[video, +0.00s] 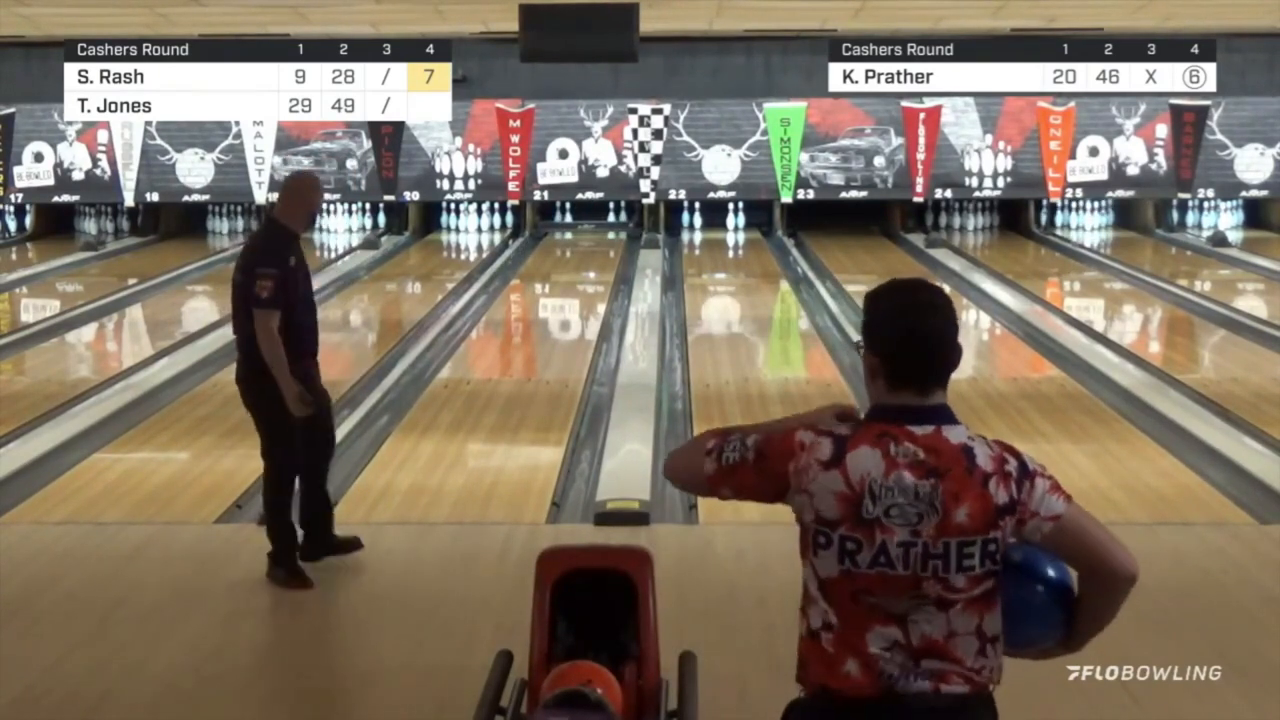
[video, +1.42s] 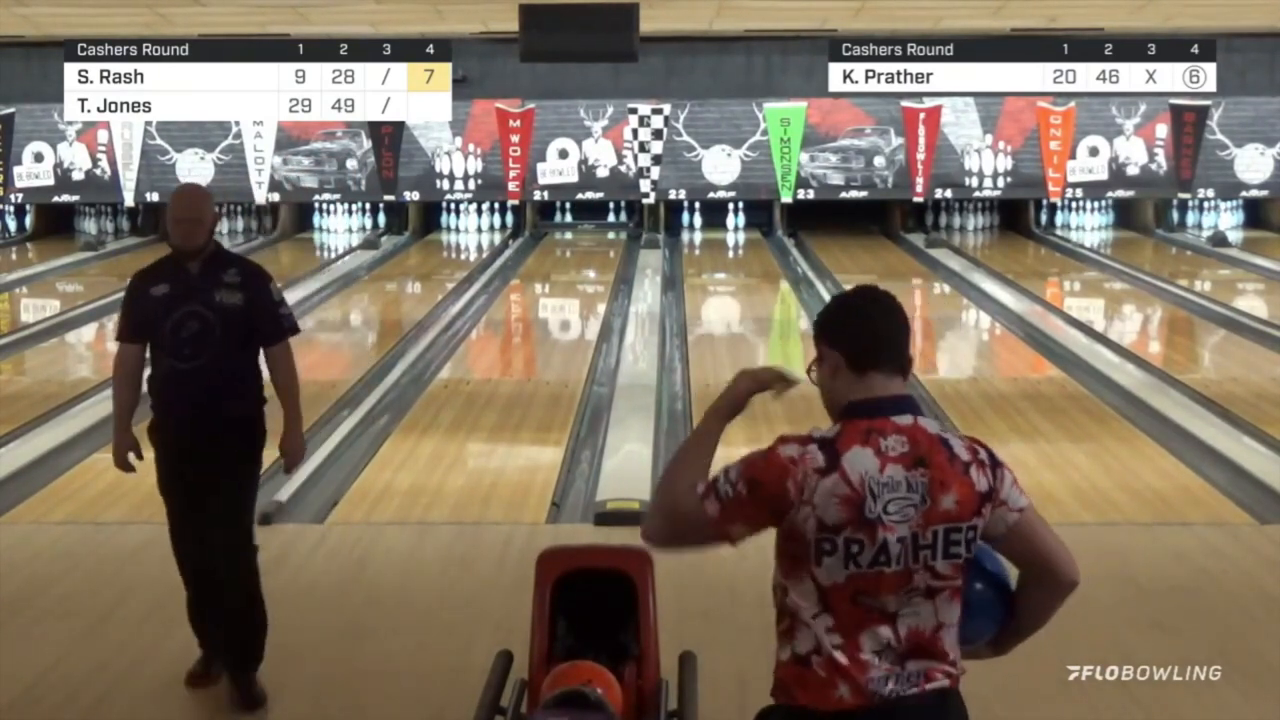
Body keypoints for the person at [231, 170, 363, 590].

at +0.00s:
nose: (318, 212)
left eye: (319, 204)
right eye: (314, 203)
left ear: (292, 201)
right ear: (295, 202)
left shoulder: (286, 246)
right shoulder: (268, 251)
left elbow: (291, 320)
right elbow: (265, 331)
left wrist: (310, 374)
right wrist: (289, 389)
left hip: (297, 370)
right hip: (267, 376)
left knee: (318, 448)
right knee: (282, 461)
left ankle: (318, 537)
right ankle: (282, 557)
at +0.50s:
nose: (304, 218)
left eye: (310, 209)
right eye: (297, 209)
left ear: (315, 213)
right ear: (276, 211)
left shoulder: (328, 267)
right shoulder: (241, 267)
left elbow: (348, 330)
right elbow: (224, 332)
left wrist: (368, 383)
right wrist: (235, 387)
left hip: (313, 395)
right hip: (258, 397)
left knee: (315, 492)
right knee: (269, 489)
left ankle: (316, 594)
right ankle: (285, 560)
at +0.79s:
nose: (265, 215)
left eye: (275, 207)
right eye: (259, 205)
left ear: (294, 210)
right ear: (249, 206)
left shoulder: (321, 263)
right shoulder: (228, 264)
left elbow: (351, 326)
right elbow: (200, 327)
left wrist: (362, 382)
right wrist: (172, 386)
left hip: (305, 403)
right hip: (246, 403)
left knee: (311, 506)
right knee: (240, 508)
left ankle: (313, 604)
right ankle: (263, 602)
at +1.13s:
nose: (210, 226)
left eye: (219, 217)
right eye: (202, 218)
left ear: (240, 216)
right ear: (193, 220)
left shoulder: (274, 273)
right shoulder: (184, 281)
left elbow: (302, 343)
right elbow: (178, 349)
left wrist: (296, 402)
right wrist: (161, 410)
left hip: (265, 420)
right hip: (204, 422)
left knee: (285, 518)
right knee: (207, 538)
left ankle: (306, 593)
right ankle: (215, 645)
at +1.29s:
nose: (191, 227)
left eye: (200, 218)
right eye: (183, 218)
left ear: (220, 216)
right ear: (173, 220)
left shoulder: (257, 275)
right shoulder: (161, 281)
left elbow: (282, 353)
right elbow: (151, 358)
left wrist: (287, 423)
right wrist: (141, 428)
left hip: (247, 428)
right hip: (185, 431)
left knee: (261, 534)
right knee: (197, 548)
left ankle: (275, 605)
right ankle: (215, 648)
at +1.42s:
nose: (186, 229)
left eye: (195, 220)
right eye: (178, 220)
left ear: (215, 219)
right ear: (165, 221)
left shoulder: (248, 279)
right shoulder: (146, 284)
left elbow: (279, 354)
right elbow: (129, 359)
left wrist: (293, 424)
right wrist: (121, 426)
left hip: (236, 432)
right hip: (174, 434)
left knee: (232, 548)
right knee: (190, 549)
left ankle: (244, 666)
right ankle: (211, 648)